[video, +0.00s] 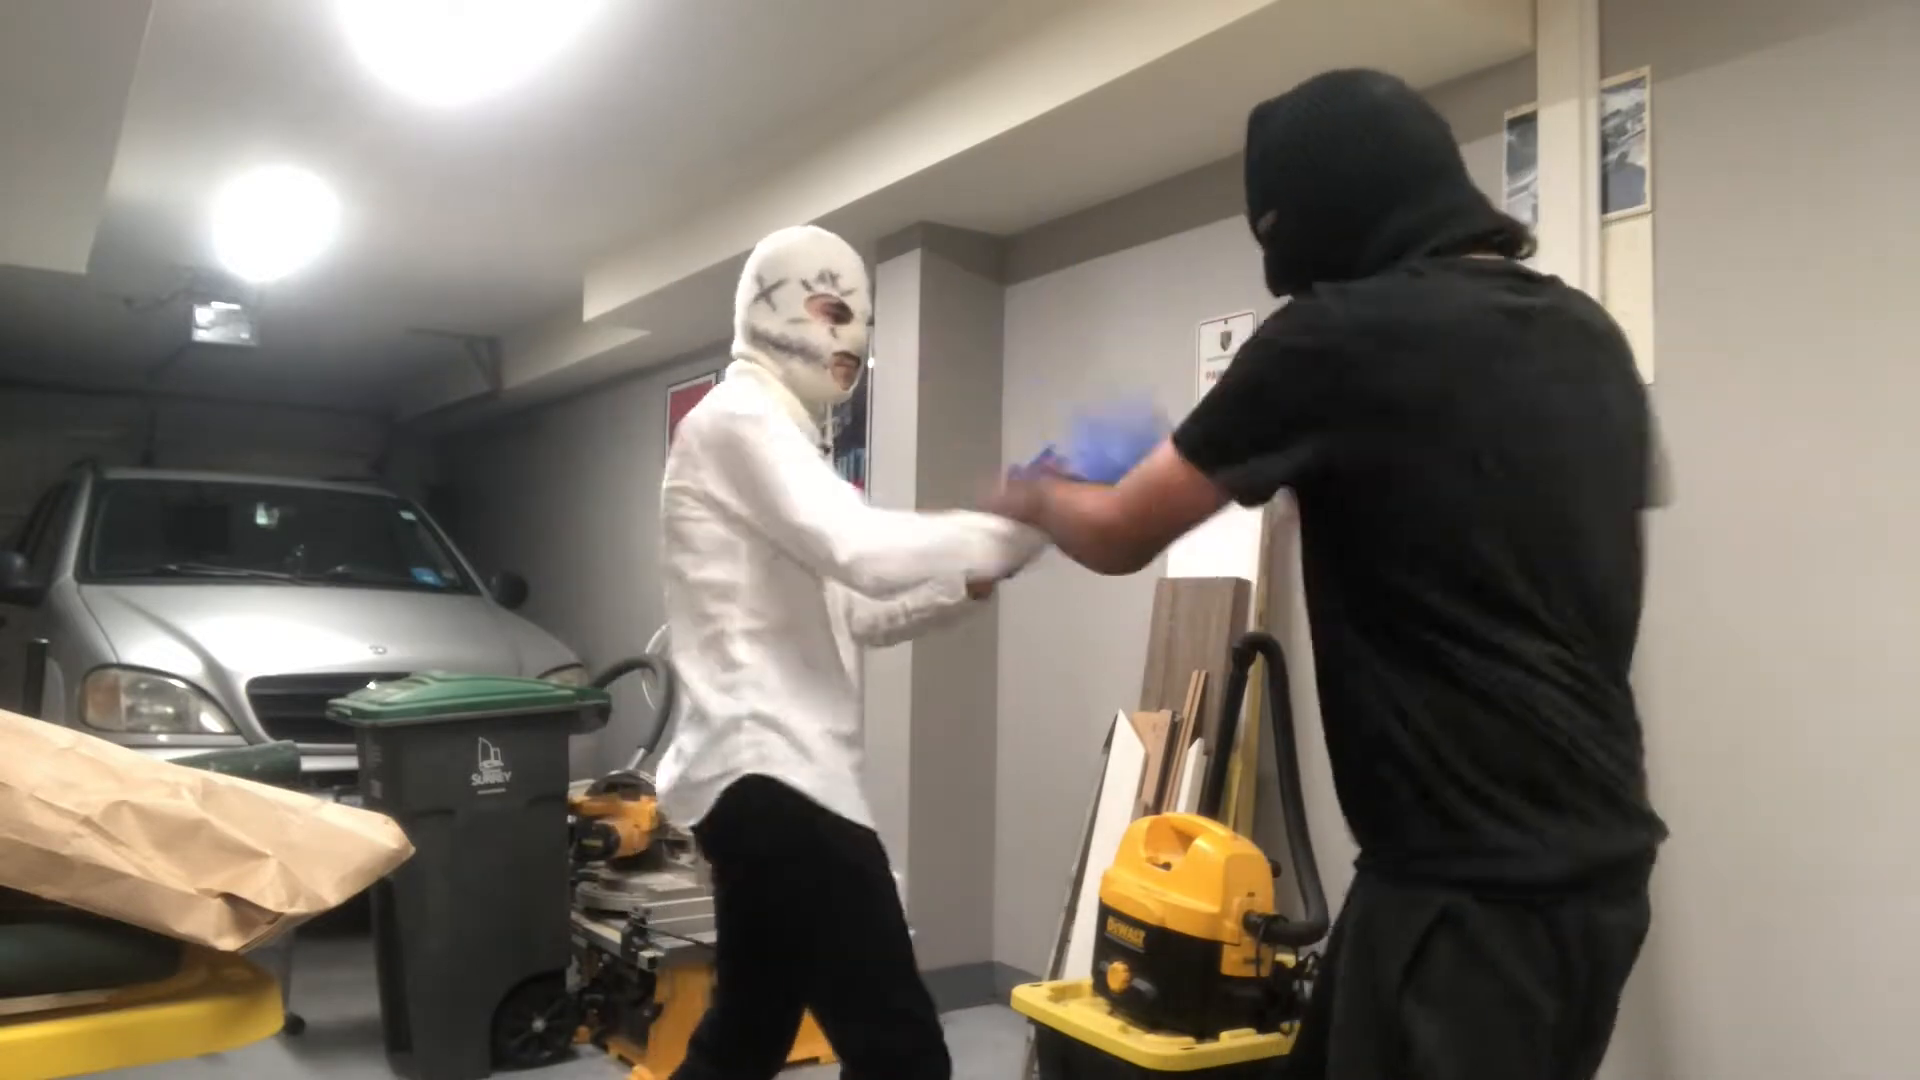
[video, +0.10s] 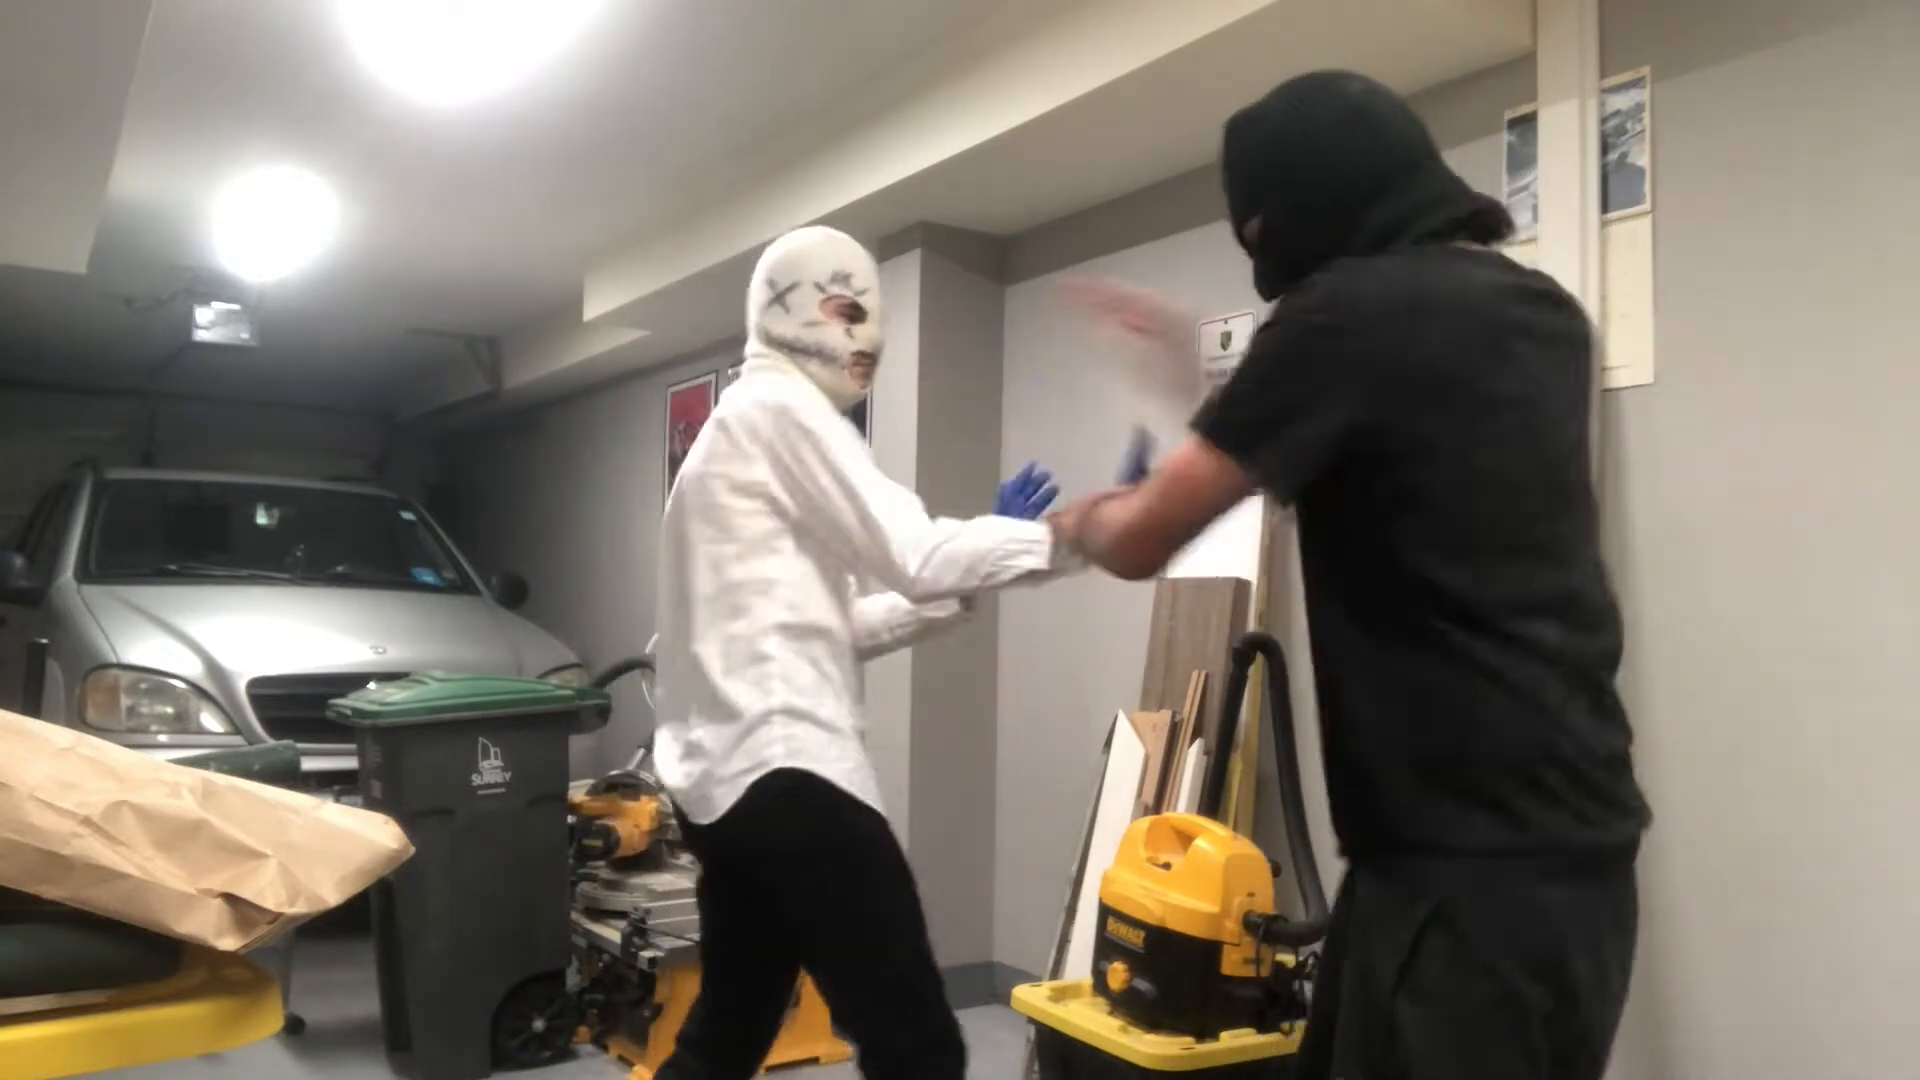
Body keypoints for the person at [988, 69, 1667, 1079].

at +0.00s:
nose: (1268, 248)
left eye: (1269, 219)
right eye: (1263, 221)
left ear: (1310, 207)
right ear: (1431, 173)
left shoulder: (1331, 337)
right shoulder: (1584, 329)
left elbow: (1115, 533)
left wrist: (1040, 495)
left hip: (1449, 894)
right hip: (1599, 883)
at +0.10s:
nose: (1251, 251)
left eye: (1251, 226)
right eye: (1246, 230)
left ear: (1295, 207)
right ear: (1399, 169)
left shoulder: (1340, 318)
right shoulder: (1545, 310)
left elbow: (1136, 541)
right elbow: (1374, 444)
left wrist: (1087, 515)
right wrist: (1202, 369)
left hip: (1447, 877)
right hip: (1575, 865)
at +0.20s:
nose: (1244, 262)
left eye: (1244, 229)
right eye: (1233, 236)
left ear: (1306, 191)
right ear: (1340, 179)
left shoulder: (1437, 286)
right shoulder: (1387, 290)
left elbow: (1195, 529)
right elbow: (1231, 423)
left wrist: (1126, 489)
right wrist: (1081, 502)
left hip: (1512, 827)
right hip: (1405, 810)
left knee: (1427, 1061)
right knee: (1327, 1054)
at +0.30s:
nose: (1210, 266)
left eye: (1218, 231)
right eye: (1200, 238)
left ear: (1292, 201)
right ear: (1295, 206)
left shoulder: (1481, 296)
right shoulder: (1304, 340)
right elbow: (1225, 470)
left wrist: (1229, 502)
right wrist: (1114, 614)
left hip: (1484, 829)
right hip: (1332, 812)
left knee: (1449, 1059)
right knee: (1279, 1055)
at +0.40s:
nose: (1163, 300)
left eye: (1170, 260)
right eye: (1151, 268)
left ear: (1246, 224)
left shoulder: (1471, 339)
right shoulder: (1258, 378)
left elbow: (1472, 612)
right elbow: (1249, 584)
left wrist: (1207, 492)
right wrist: (1215, 713)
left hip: (1465, 867)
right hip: (1283, 839)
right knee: (1156, 1054)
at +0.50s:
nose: (1119, 317)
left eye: (1123, 277)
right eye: (1106, 286)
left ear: (1199, 241)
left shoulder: (1415, 360)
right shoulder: (1218, 385)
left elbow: (1443, 681)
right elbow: (1225, 644)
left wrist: (1205, 535)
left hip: (1393, 911)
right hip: (1204, 883)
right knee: (1107, 1060)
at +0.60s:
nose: (1092, 309)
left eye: (1100, 271)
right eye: (1080, 280)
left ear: (1180, 237)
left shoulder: (1386, 379)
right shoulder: (1181, 389)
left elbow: (1488, 673)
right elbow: (1177, 654)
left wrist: (1263, 572)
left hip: (1297, 908)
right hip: (1109, 885)